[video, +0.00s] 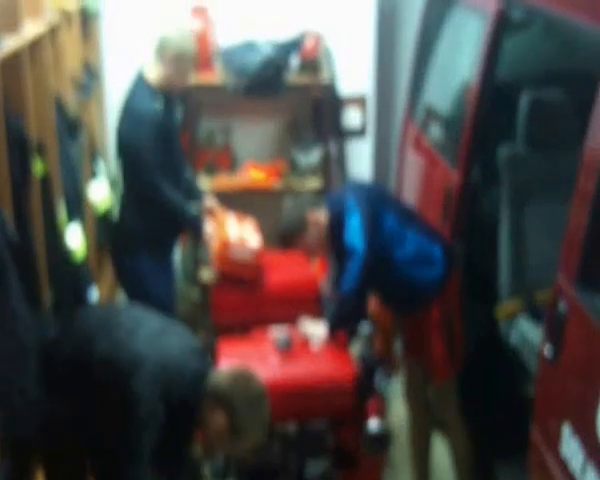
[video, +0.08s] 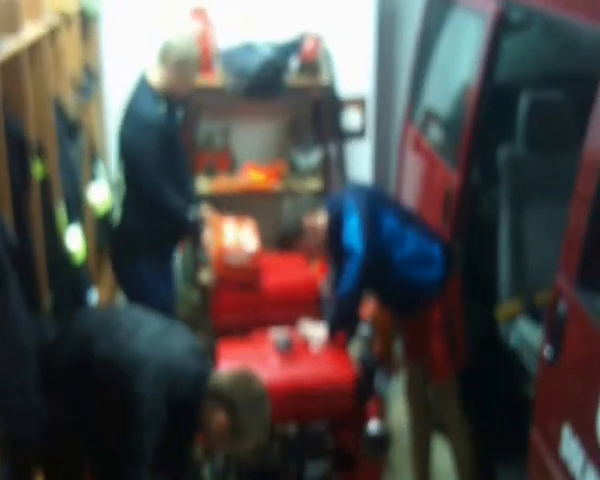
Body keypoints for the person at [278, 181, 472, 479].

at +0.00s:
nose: (312, 251)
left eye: (307, 244)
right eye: (305, 248)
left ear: (313, 223)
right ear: (315, 224)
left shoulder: (354, 200)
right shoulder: (340, 229)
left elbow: (359, 261)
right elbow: (347, 281)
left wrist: (335, 323)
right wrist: (335, 326)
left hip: (438, 292)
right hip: (410, 302)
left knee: (445, 397)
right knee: (416, 400)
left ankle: (464, 471)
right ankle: (415, 471)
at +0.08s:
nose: (313, 254)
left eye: (307, 247)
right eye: (307, 251)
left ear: (309, 226)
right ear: (311, 227)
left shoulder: (352, 200)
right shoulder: (340, 237)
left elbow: (358, 260)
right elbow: (340, 281)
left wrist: (336, 324)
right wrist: (335, 328)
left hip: (438, 291)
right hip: (410, 302)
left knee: (444, 393)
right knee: (416, 393)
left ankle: (466, 470)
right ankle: (417, 470)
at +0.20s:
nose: (313, 263)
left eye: (308, 257)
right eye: (308, 262)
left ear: (307, 235)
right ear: (307, 238)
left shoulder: (345, 208)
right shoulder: (337, 251)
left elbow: (352, 258)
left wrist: (334, 327)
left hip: (437, 291)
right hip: (408, 306)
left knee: (443, 398)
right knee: (414, 399)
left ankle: (472, 470)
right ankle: (417, 472)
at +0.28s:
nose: (314, 270)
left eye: (309, 264)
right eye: (309, 268)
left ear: (307, 243)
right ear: (308, 245)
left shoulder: (344, 211)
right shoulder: (336, 254)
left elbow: (347, 272)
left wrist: (333, 331)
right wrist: (384, 355)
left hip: (436, 294)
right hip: (407, 307)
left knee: (446, 401)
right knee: (413, 398)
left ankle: (473, 471)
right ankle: (418, 473)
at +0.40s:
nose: (314, 281)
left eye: (309, 276)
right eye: (309, 279)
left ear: (305, 254)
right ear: (308, 255)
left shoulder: (338, 220)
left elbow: (342, 282)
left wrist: (330, 333)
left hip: (434, 292)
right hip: (405, 310)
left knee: (446, 400)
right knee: (409, 394)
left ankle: (473, 471)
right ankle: (417, 472)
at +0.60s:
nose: (310, 296)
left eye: (303, 292)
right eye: (304, 296)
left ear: (300, 268)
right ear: (303, 269)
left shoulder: (332, 229)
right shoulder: (331, 282)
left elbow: (339, 283)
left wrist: (328, 335)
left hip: (429, 293)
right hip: (396, 314)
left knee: (445, 398)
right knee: (406, 401)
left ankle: (473, 472)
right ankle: (414, 474)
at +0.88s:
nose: (313, 314)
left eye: (306, 308)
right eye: (307, 313)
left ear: (302, 284)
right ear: (306, 283)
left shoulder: (330, 236)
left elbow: (338, 276)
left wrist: (327, 337)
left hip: (430, 292)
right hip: (397, 315)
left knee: (442, 408)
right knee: (400, 406)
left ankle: (470, 473)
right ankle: (413, 475)